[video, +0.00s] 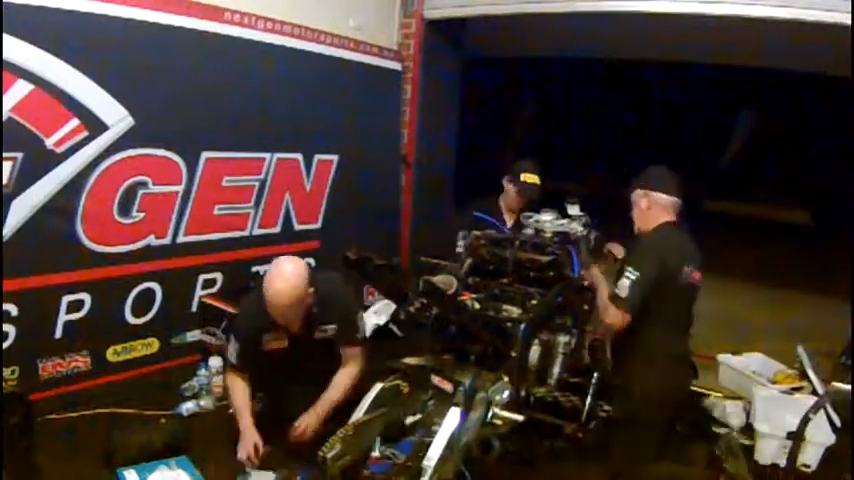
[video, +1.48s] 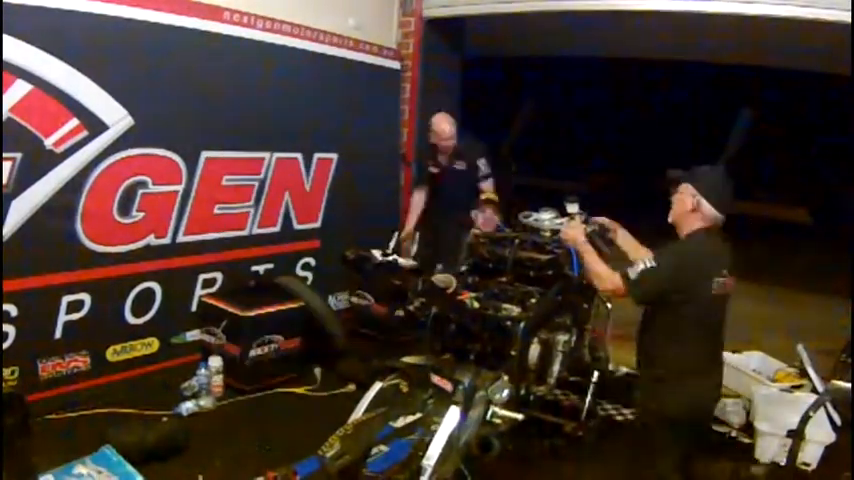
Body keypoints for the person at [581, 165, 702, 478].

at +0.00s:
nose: (631, 215)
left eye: (634, 205)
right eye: (632, 206)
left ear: (646, 202)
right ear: (672, 206)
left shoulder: (650, 248)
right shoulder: (686, 246)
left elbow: (615, 318)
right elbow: (662, 299)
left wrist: (599, 281)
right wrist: (626, 260)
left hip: (642, 379)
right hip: (675, 375)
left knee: (627, 463)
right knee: (653, 460)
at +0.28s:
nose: (646, 196)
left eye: (653, 190)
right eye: (650, 189)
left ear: (670, 198)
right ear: (675, 202)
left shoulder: (661, 246)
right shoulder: (685, 248)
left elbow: (589, 273)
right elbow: (650, 285)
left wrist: (583, 227)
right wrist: (627, 249)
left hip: (626, 376)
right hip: (652, 374)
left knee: (603, 461)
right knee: (621, 459)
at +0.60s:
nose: (614, 298)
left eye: (612, 290)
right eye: (612, 291)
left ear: (621, 280)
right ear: (643, 270)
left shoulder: (631, 306)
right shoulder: (671, 284)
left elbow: (605, 385)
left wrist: (581, 454)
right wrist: (651, 403)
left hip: (694, 402)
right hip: (723, 392)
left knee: (648, 465)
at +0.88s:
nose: (642, 271)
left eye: (640, 264)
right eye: (640, 266)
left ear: (646, 256)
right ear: (671, 250)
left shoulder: (667, 272)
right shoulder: (691, 273)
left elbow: (626, 314)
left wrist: (608, 272)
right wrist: (611, 269)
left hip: (700, 403)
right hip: (729, 400)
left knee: (660, 468)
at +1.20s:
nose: (644, 207)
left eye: (648, 198)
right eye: (645, 199)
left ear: (669, 199)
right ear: (672, 200)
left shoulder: (672, 243)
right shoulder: (684, 239)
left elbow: (645, 311)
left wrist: (616, 262)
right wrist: (621, 257)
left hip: (644, 386)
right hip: (653, 380)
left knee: (619, 463)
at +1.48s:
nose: (673, 199)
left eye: (679, 194)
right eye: (677, 193)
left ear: (694, 205)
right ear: (700, 207)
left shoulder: (683, 257)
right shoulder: (717, 251)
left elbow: (611, 285)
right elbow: (656, 267)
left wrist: (580, 243)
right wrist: (620, 235)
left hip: (668, 397)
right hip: (698, 392)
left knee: (659, 470)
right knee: (682, 468)